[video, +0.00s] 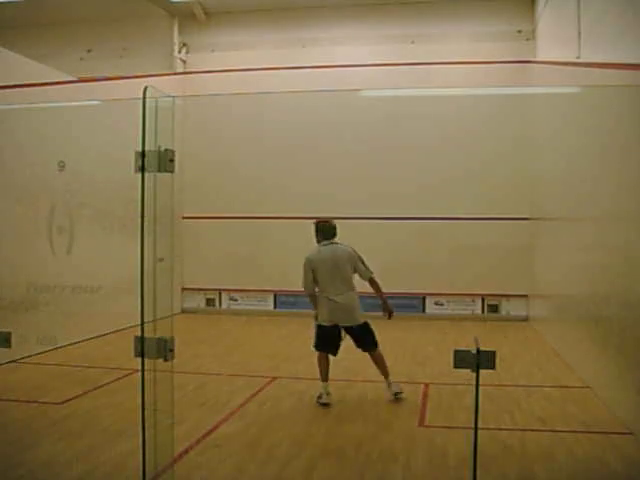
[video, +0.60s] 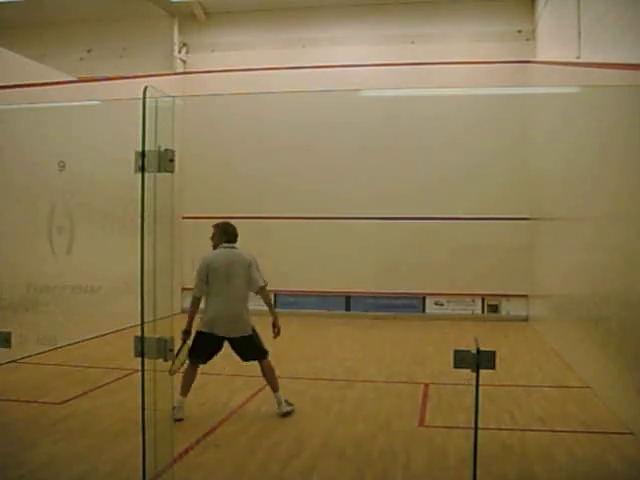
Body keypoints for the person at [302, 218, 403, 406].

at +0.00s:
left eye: (316, 234)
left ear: (317, 236)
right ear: (335, 234)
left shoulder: (312, 258)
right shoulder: (348, 252)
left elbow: (309, 290)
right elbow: (369, 277)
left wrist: (317, 309)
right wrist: (384, 302)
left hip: (326, 315)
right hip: (352, 313)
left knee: (323, 351)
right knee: (372, 348)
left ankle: (325, 392)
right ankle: (391, 385)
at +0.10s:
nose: (299, 225)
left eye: (301, 222)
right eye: (301, 221)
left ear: (306, 224)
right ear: (321, 225)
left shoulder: (297, 246)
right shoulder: (334, 245)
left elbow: (293, 281)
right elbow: (354, 271)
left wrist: (295, 307)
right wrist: (365, 297)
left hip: (309, 309)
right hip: (333, 308)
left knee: (314, 348)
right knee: (342, 345)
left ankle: (322, 389)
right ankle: (347, 386)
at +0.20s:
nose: (285, 221)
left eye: (287, 217)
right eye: (287, 217)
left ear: (293, 220)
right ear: (307, 221)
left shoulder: (284, 242)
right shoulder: (320, 240)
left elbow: (278, 277)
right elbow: (340, 267)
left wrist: (274, 304)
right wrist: (347, 296)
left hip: (291, 304)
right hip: (314, 304)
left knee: (293, 344)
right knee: (310, 347)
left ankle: (306, 383)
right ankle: (304, 387)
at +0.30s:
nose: (270, 226)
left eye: (272, 222)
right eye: (271, 222)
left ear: (278, 225)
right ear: (293, 226)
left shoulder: (268, 249)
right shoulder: (305, 246)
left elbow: (259, 283)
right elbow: (325, 272)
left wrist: (253, 310)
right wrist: (331, 302)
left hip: (270, 313)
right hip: (295, 314)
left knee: (265, 345)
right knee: (289, 354)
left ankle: (266, 386)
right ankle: (286, 399)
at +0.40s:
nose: (252, 230)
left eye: (254, 227)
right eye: (253, 226)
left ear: (260, 230)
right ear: (275, 231)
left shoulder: (249, 252)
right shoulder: (287, 251)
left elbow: (240, 288)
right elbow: (306, 280)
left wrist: (231, 316)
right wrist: (314, 309)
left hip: (251, 316)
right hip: (277, 318)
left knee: (234, 350)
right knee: (282, 359)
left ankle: (221, 389)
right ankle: (285, 402)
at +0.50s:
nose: (230, 235)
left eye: (233, 231)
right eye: (232, 231)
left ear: (240, 234)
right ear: (254, 235)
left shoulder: (229, 256)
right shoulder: (268, 255)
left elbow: (217, 292)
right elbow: (284, 285)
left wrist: (209, 321)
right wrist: (294, 311)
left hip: (230, 319)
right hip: (260, 320)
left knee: (208, 356)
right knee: (275, 360)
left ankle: (185, 398)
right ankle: (284, 403)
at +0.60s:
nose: (211, 239)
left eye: (213, 235)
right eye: (212, 235)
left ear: (220, 238)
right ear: (234, 239)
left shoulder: (208, 260)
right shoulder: (247, 260)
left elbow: (197, 297)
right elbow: (262, 290)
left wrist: (188, 326)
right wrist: (274, 317)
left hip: (211, 324)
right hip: (240, 324)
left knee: (193, 363)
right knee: (263, 359)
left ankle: (179, 405)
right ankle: (280, 401)